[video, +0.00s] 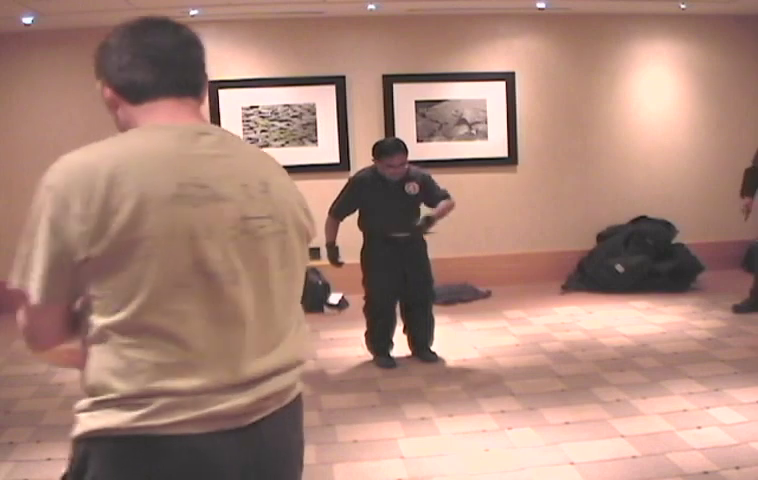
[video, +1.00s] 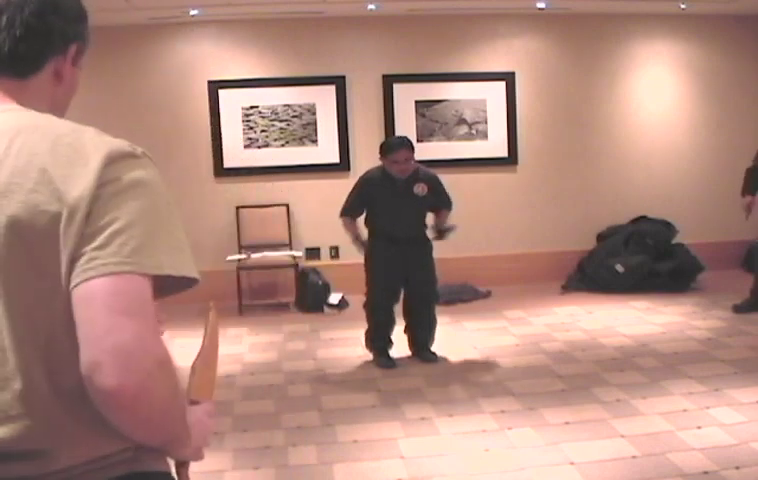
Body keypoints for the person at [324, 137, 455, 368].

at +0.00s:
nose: (399, 171)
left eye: (402, 165)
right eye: (392, 167)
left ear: (408, 160)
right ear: (378, 164)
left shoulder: (418, 178)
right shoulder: (362, 182)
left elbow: (446, 202)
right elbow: (334, 215)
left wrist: (432, 218)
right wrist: (330, 245)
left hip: (412, 246)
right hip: (379, 247)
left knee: (419, 297)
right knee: (380, 301)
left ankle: (421, 346)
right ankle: (381, 350)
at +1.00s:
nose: (403, 167)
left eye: (407, 161)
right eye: (396, 162)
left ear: (414, 157)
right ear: (384, 162)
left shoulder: (427, 179)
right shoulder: (371, 180)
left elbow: (443, 206)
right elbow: (347, 215)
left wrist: (439, 227)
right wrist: (358, 241)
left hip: (417, 248)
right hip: (381, 248)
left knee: (423, 297)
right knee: (380, 300)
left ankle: (421, 346)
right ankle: (379, 349)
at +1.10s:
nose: (403, 166)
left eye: (407, 160)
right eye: (396, 162)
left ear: (415, 157)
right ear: (385, 161)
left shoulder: (430, 179)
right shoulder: (373, 179)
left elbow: (439, 210)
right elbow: (354, 212)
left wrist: (418, 228)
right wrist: (379, 224)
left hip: (416, 244)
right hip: (381, 245)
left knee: (422, 296)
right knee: (378, 297)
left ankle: (421, 345)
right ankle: (379, 348)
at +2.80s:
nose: (415, 175)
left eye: (422, 169)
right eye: (410, 169)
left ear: (434, 167)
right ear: (402, 167)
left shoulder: (443, 191)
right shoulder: (388, 181)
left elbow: (442, 231)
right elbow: (367, 208)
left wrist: (423, 257)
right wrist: (375, 232)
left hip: (422, 252)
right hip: (386, 249)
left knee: (425, 306)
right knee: (371, 298)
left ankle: (423, 358)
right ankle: (366, 337)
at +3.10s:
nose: (406, 166)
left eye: (411, 161)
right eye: (399, 162)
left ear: (421, 162)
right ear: (390, 163)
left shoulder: (431, 186)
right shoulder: (377, 182)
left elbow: (447, 228)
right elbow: (354, 216)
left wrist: (455, 261)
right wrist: (349, 247)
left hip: (415, 251)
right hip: (379, 251)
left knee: (424, 304)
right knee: (371, 300)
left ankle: (423, 357)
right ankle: (374, 339)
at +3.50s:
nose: (377, 162)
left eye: (380, 156)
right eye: (370, 159)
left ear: (387, 154)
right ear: (359, 162)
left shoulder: (404, 179)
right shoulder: (348, 183)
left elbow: (426, 215)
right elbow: (331, 218)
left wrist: (441, 242)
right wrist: (332, 248)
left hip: (400, 245)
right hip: (364, 248)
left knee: (412, 296)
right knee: (369, 299)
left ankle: (421, 345)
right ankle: (378, 339)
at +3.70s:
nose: (374, 155)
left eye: (375, 149)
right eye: (366, 153)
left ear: (379, 148)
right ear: (354, 157)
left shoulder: (399, 173)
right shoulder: (345, 179)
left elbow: (412, 210)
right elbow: (328, 215)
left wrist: (413, 244)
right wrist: (330, 246)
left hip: (396, 237)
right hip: (364, 240)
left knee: (409, 283)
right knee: (370, 290)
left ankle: (402, 328)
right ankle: (377, 336)